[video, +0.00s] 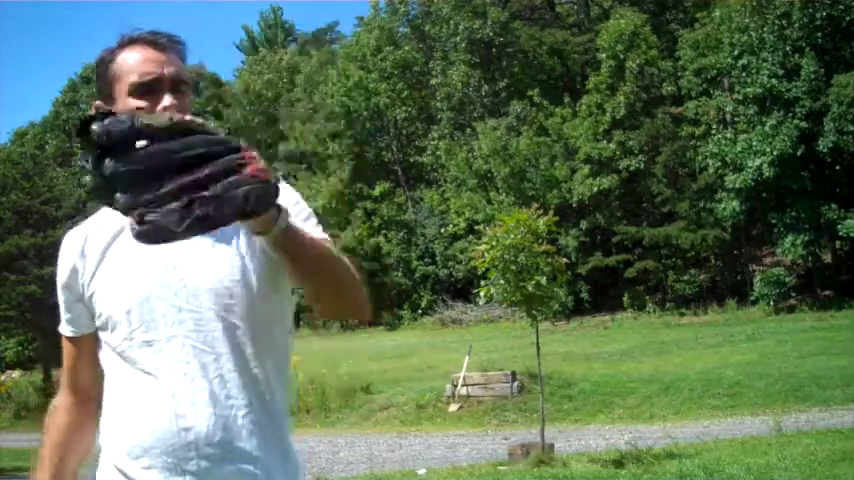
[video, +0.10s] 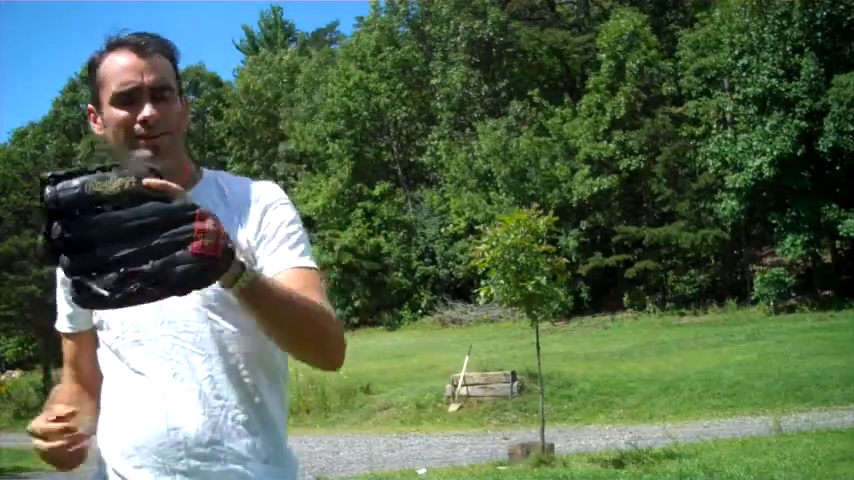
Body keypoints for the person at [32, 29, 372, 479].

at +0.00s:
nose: (169, 102)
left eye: (179, 88)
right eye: (147, 91)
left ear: (194, 98)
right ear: (107, 112)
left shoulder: (267, 200)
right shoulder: (87, 245)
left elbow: (354, 307)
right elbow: (77, 396)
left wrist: (273, 227)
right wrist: (48, 474)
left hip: (258, 465)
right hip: (136, 469)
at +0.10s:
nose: (149, 113)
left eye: (162, 95)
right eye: (128, 100)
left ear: (185, 108)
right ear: (97, 120)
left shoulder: (259, 203)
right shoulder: (87, 233)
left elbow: (329, 349)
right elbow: (80, 382)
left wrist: (234, 271)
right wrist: (58, 432)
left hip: (254, 466)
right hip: (133, 469)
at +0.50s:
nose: (120, 144)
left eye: (137, 121)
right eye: (104, 126)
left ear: (180, 116)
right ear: (92, 127)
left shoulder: (265, 217)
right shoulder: (79, 244)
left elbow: (315, 378)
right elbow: (67, 419)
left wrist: (255, 339)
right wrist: (67, 371)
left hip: (245, 468)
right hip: (123, 469)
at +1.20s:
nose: (145, 118)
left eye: (159, 100)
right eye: (125, 104)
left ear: (184, 114)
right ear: (97, 125)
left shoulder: (249, 213)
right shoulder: (89, 238)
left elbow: (308, 367)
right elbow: (85, 397)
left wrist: (187, 354)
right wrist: (40, 378)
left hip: (236, 468)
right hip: (120, 469)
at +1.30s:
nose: (143, 115)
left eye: (159, 98)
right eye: (124, 101)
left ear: (184, 115)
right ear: (97, 123)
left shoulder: (244, 208)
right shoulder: (99, 236)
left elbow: (285, 368)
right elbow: (114, 392)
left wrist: (130, 354)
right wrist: (43, 417)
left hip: (228, 469)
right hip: (123, 468)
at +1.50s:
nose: (152, 107)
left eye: (168, 91)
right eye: (133, 95)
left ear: (193, 111)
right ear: (106, 119)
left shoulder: (244, 203)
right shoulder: (130, 235)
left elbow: (227, 357)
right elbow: (151, 386)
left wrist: (68, 298)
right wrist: (103, 467)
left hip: (235, 469)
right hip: (134, 468)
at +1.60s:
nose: (165, 103)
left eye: (181, 88)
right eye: (146, 91)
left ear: (206, 108)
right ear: (118, 117)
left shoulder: (257, 197)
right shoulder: (146, 230)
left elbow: (219, 336)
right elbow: (164, 375)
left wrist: (76, 262)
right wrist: (88, 438)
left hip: (246, 468)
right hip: (144, 468)